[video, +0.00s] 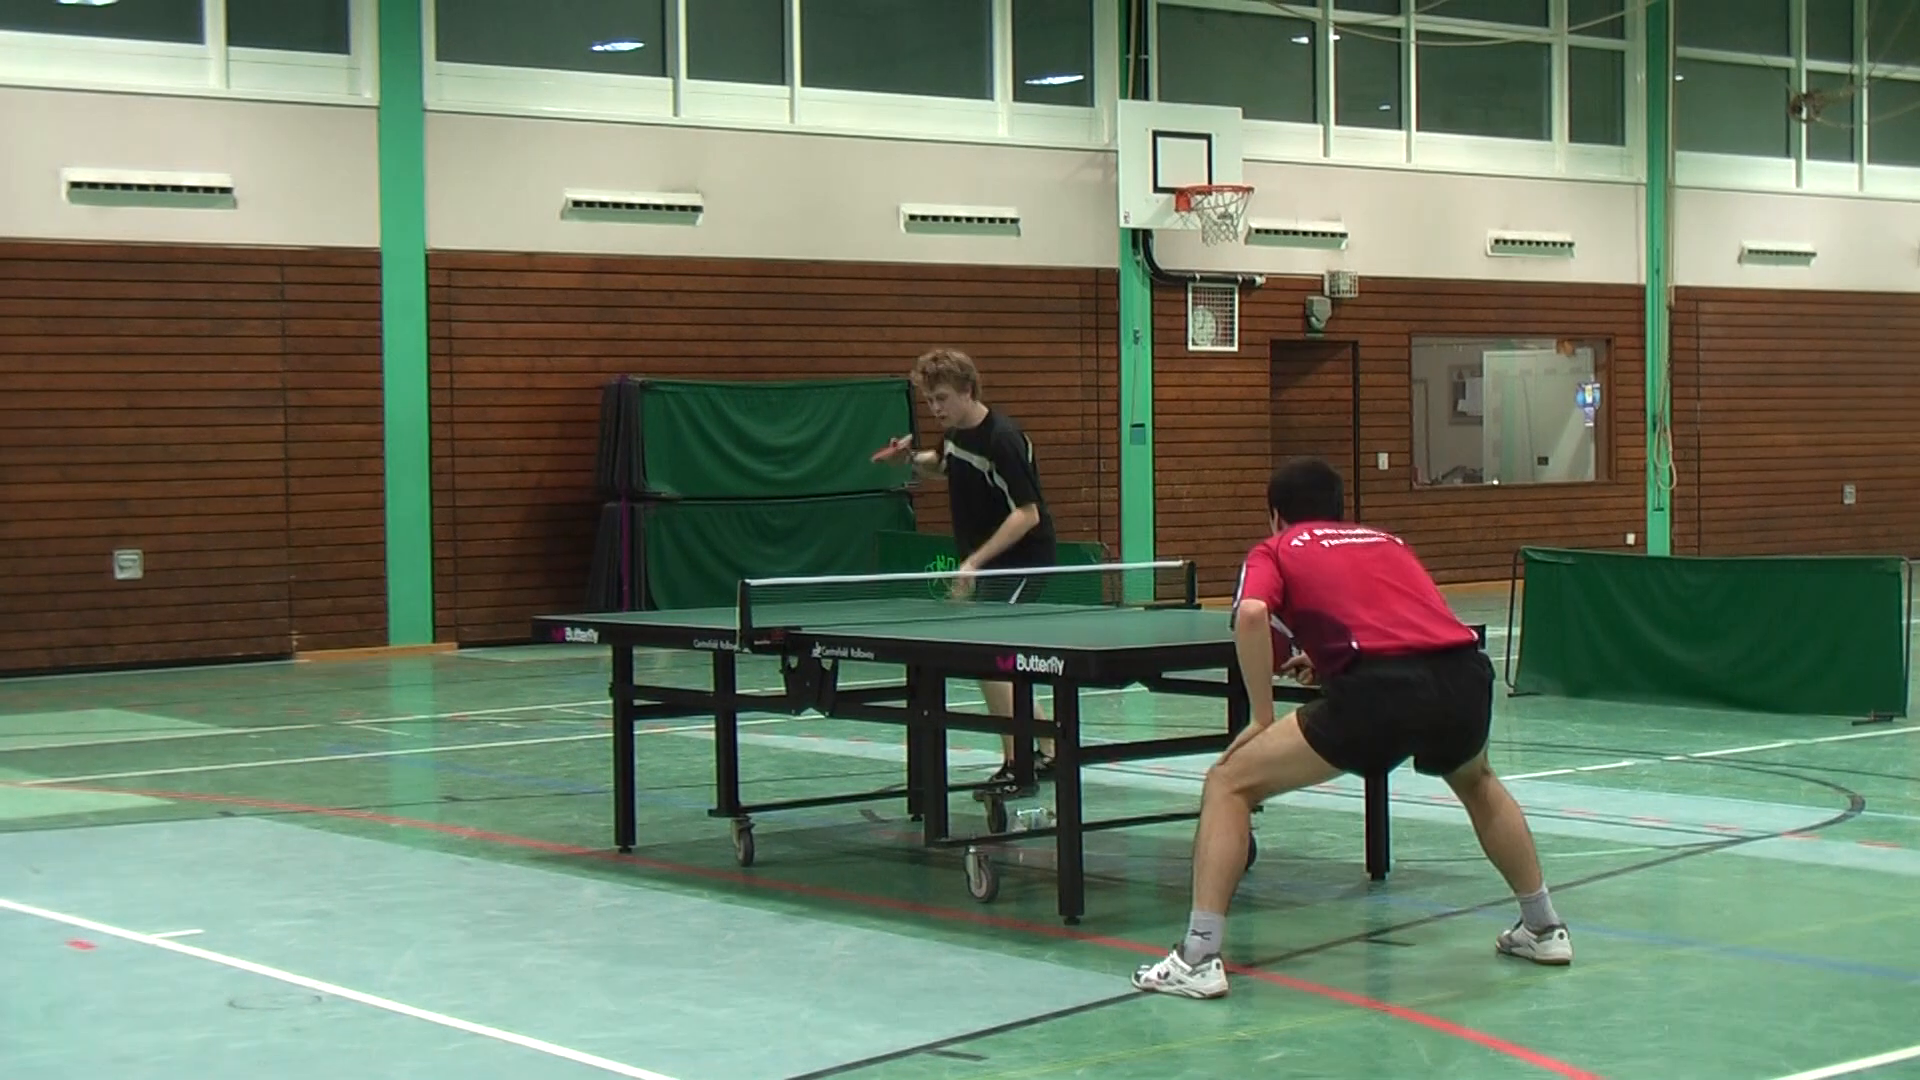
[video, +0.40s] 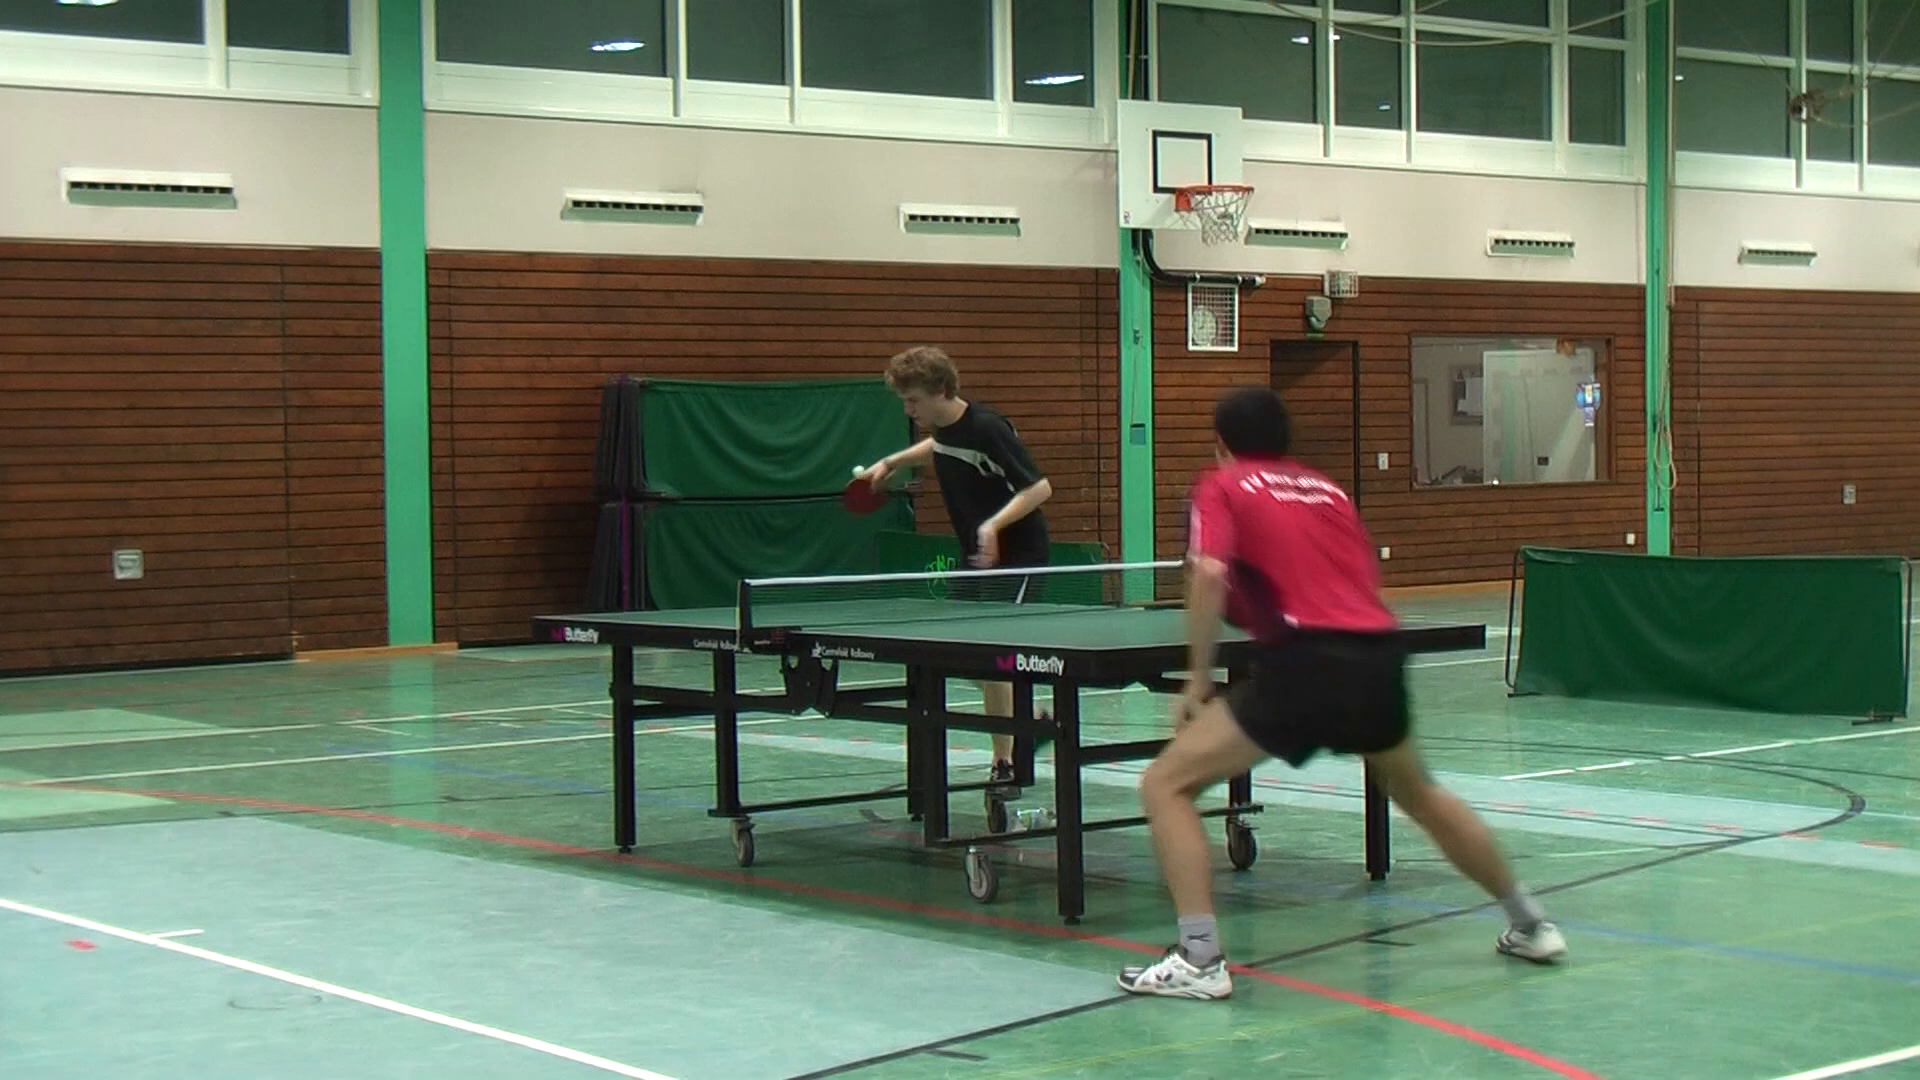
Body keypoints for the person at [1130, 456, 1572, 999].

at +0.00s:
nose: (1270, 528)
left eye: (1271, 518)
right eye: (1273, 518)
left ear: (1278, 518)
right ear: (1339, 511)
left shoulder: (1273, 548)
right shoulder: (1385, 539)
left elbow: (1251, 612)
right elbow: (1418, 613)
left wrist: (1262, 714)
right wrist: (1326, 658)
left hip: (1379, 689)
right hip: (1464, 680)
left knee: (1229, 781)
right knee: (1478, 781)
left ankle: (1199, 957)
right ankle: (1545, 925)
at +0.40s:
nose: (1215, 449)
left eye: (1216, 441)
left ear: (1224, 443)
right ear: (1283, 439)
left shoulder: (1221, 485)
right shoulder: (1325, 486)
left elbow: (1208, 572)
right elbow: (1368, 580)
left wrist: (1198, 677)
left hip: (1304, 665)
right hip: (1378, 661)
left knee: (1163, 785)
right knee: (1420, 794)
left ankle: (1199, 958)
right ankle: (1531, 924)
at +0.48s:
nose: (1196, 412)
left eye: (1197, 404)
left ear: (1208, 408)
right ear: (1270, 406)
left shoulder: (1193, 456)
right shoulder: (1310, 463)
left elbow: (1162, 545)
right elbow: (1356, 582)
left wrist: (1150, 645)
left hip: (1247, 651)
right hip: (1326, 650)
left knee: (1144, 790)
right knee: (1365, 784)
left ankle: (1198, 956)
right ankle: (1454, 922)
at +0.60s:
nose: (1181, 379)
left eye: (1183, 370)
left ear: (1188, 375)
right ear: (1253, 377)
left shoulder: (1157, 429)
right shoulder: (1293, 443)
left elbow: (1100, 516)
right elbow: (1337, 564)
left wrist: (1082, 613)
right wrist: (1269, 558)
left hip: (1174, 628)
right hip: (1262, 634)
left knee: (1105, 774)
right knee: (1268, 770)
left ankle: (1146, 917)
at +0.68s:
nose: (1167, 376)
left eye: (1168, 367)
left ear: (1171, 371)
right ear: (1236, 374)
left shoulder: (1136, 431)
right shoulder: (1275, 444)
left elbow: (1066, 523)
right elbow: (1314, 558)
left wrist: (1044, 601)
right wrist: (1261, 566)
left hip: (1138, 630)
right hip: (1228, 642)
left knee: (1061, 768)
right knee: (1229, 792)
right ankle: (1193, 945)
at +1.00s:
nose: (1215, 447)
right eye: (1219, 437)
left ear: (1155, 423)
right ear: (1216, 435)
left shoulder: (1095, 475)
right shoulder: (1213, 492)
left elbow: (1046, 583)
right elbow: (1228, 601)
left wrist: (1122, 579)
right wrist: (1297, 627)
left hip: (1071, 681)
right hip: (1160, 681)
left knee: (996, 806)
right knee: (1249, 769)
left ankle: (930, 932)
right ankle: (1283, 936)